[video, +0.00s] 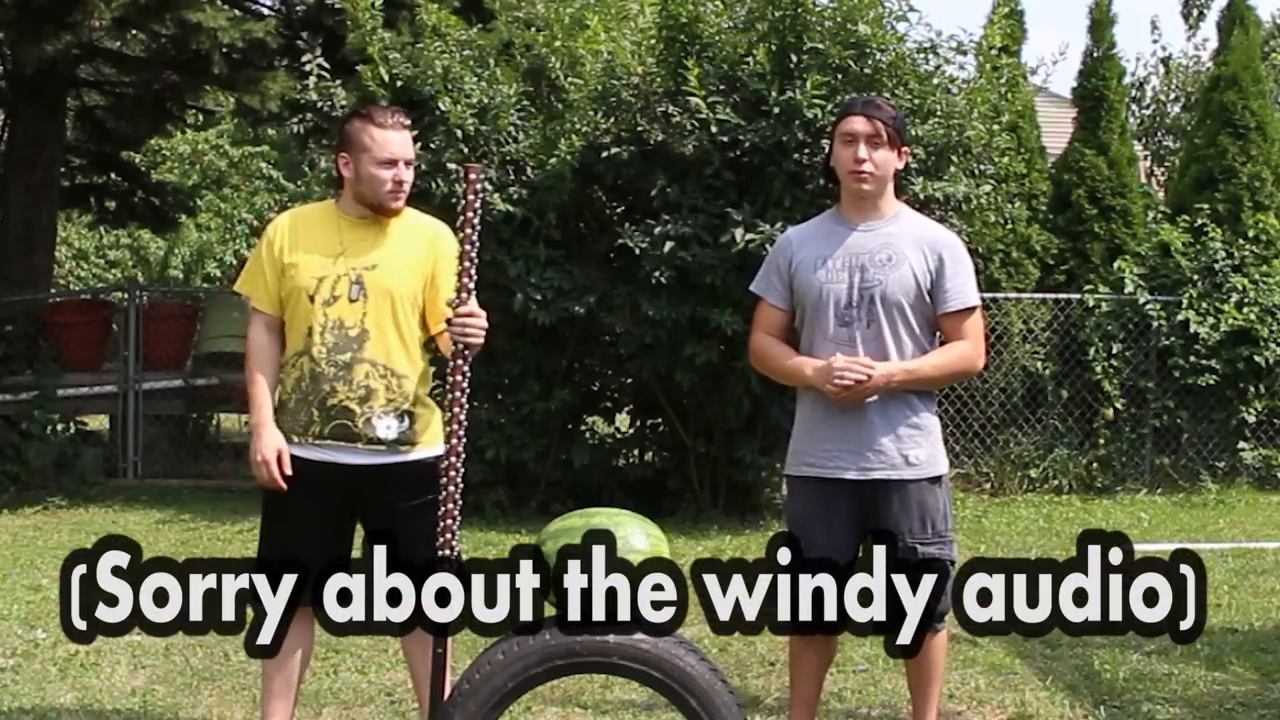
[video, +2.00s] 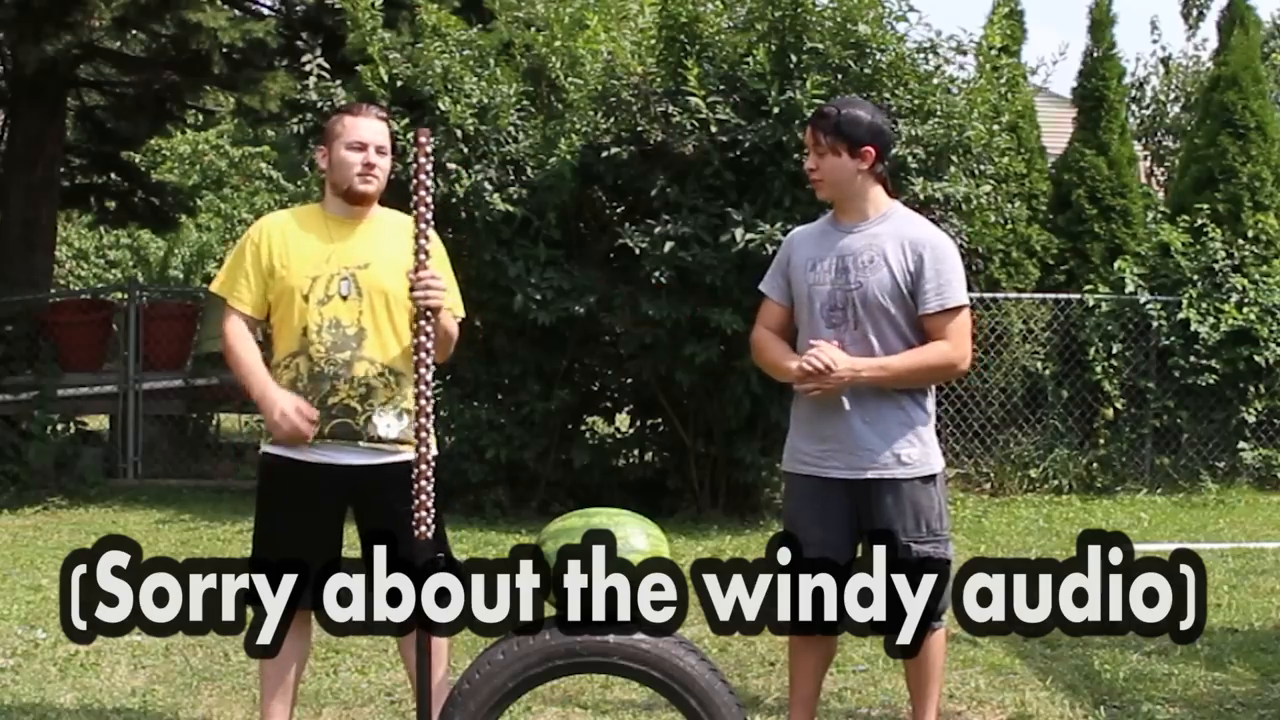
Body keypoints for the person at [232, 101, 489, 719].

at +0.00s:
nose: (401, 175)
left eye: (408, 163)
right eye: (385, 164)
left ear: (416, 165)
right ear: (345, 166)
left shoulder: (434, 239)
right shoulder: (289, 232)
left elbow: (446, 333)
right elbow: (265, 328)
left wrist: (469, 332)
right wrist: (261, 421)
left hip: (409, 463)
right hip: (309, 458)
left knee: (425, 605)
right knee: (290, 602)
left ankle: (438, 715)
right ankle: (274, 717)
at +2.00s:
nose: (371, 160)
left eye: (381, 151)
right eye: (357, 147)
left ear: (392, 163)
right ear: (323, 157)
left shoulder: (416, 239)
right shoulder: (275, 233)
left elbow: (443, 350)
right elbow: (235, 324)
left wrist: (439, 312)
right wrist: (270, 397)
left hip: (398, 459)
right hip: (301, 458)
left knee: (424, 601)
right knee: (285, 603)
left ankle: (436, 716)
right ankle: (275, 716)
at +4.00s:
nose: (398, 157)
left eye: (409, 148)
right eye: (385, 146)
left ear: (426, 163)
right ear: (357, 158)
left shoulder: (448, 240)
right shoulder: (314, 221)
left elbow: (462, 336)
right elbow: (317, 292)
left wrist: (445, 407)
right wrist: (384, 277)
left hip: (417, 453)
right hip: (320, 449)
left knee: (430, 599)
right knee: (292, 600)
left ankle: (438, 715)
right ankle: (271, 715)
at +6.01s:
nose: (389, 152)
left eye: (402, 143)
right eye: (377, 143)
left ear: (423, 158)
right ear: (357, 155)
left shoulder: (452, 234)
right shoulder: (325, 220)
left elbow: (449, 328)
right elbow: (269, 270)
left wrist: (376, 293)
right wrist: (311, 180)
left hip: (418, 446)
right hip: (319, 439)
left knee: (431, 598)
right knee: (292, 595)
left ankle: (437, 716)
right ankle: (269, 714)